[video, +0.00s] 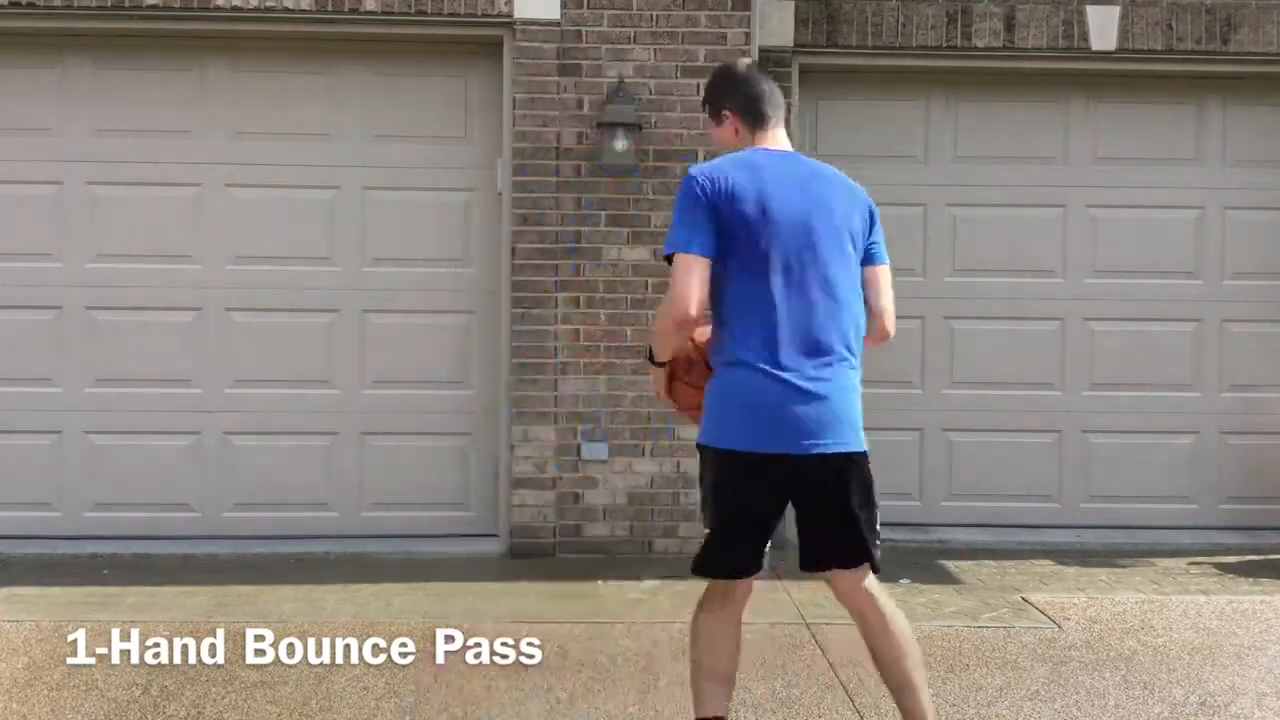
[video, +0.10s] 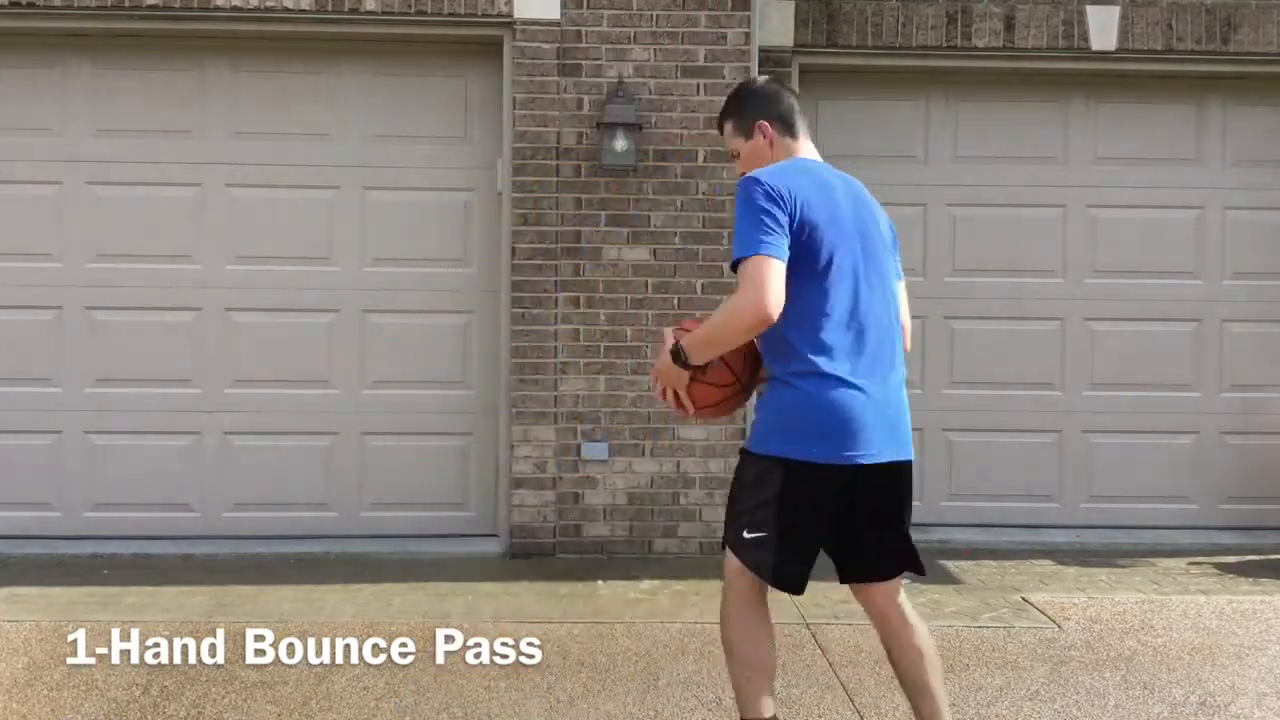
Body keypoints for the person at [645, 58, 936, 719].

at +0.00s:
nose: (708, 138)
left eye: (709, 126)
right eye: (708, 126)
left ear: (728, 121)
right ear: (780, 119)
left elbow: (685, 308)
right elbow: (882, 325)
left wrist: (662, 353)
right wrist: (807, 336)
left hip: (744, 427)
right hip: (833, 426)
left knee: (726, 590)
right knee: (858, 583)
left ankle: (710, 715)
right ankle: (921, 715)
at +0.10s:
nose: (738, 170)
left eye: (736, 153)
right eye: (734, 156)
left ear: (763, 134)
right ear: (793, 133)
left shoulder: (770, 186)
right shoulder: (870, 205)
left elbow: (761, 303)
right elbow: (897, 334)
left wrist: (684, 351)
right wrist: (770, 358)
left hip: (800, 433)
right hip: (883, 435)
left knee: (745, 578)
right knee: (883, 589)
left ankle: (756, 713)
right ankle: (935, 715)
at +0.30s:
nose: (760, 171)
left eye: (760, 153)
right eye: (753, 159)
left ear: (795, 124)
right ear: (799, 129)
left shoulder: (844, 176)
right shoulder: (845, 181)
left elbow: (904, 286)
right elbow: (851, 311)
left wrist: (827, 358)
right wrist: (776, 351)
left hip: (876, 422)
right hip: (912, 421)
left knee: (796, 586)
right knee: (890, 589)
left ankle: (842, 716)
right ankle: (940, 715)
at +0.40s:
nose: (764, 167)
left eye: (765, 148)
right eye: (756, 155)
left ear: (804, 120)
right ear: (803, 128)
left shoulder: (870, 176)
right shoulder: (838, 195)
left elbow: (942, 289)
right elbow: (860, 317)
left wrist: (890, 358)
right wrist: (791, 343)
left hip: (900, 425)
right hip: (882, 423)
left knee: (818, 593)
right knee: (888, 593)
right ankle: (939, 715)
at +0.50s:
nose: (765, 167)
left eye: (766, 147)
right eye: (757, 155)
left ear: (806, 118)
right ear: (804, 126)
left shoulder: (884, 180)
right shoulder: (832, 203)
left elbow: (958, 293)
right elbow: (852, 323)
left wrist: (917, 368)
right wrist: (791, 355)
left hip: (907, 436)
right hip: (879, 436)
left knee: (840, 607)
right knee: (890, 602)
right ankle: (935, 716)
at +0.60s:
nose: (761, 162)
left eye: (762, 142)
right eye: (753, 151)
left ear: (805, 113)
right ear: (802, 123)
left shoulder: (888, 181)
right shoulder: (820, 206)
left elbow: (961, 299)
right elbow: (849, 322)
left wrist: (919, 378)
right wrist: (788, 359)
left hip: (908, 438)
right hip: (861, 441)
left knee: (848, 615)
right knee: (882, 614)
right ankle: (929, 716)